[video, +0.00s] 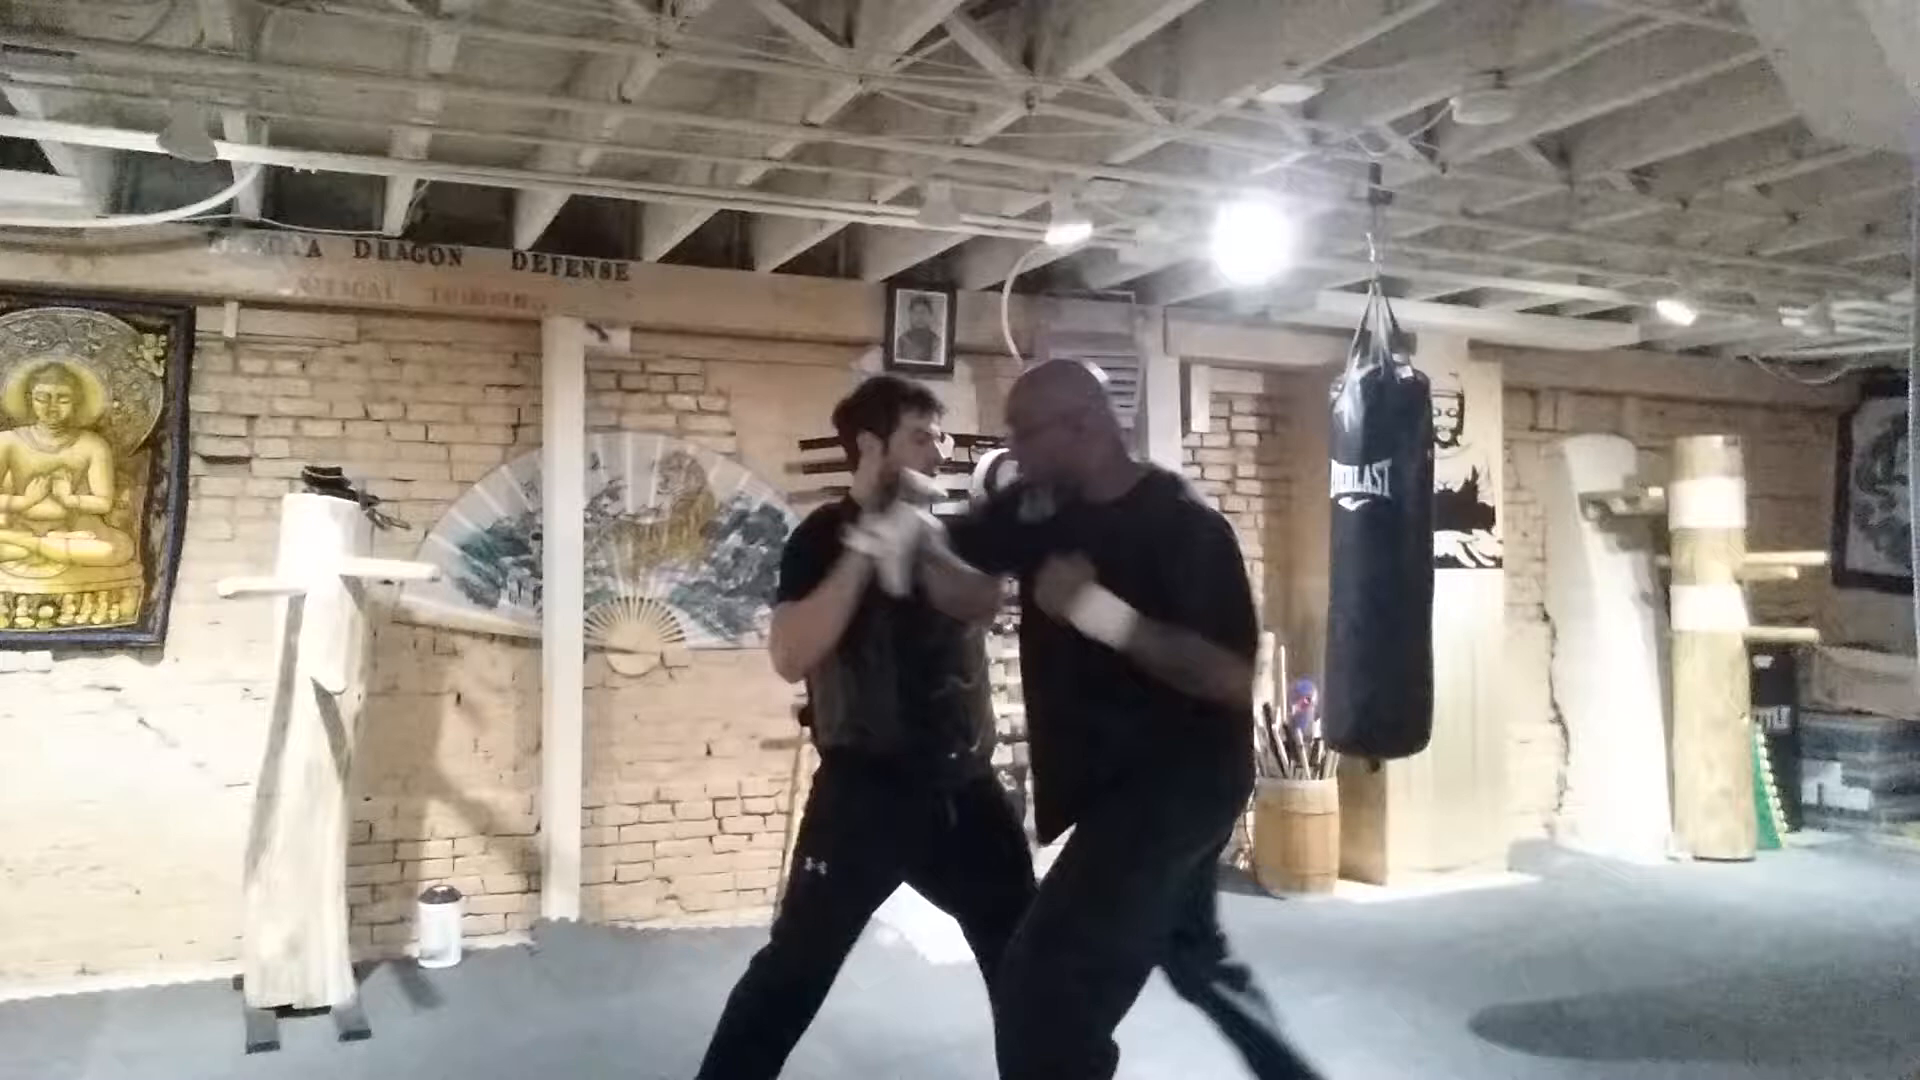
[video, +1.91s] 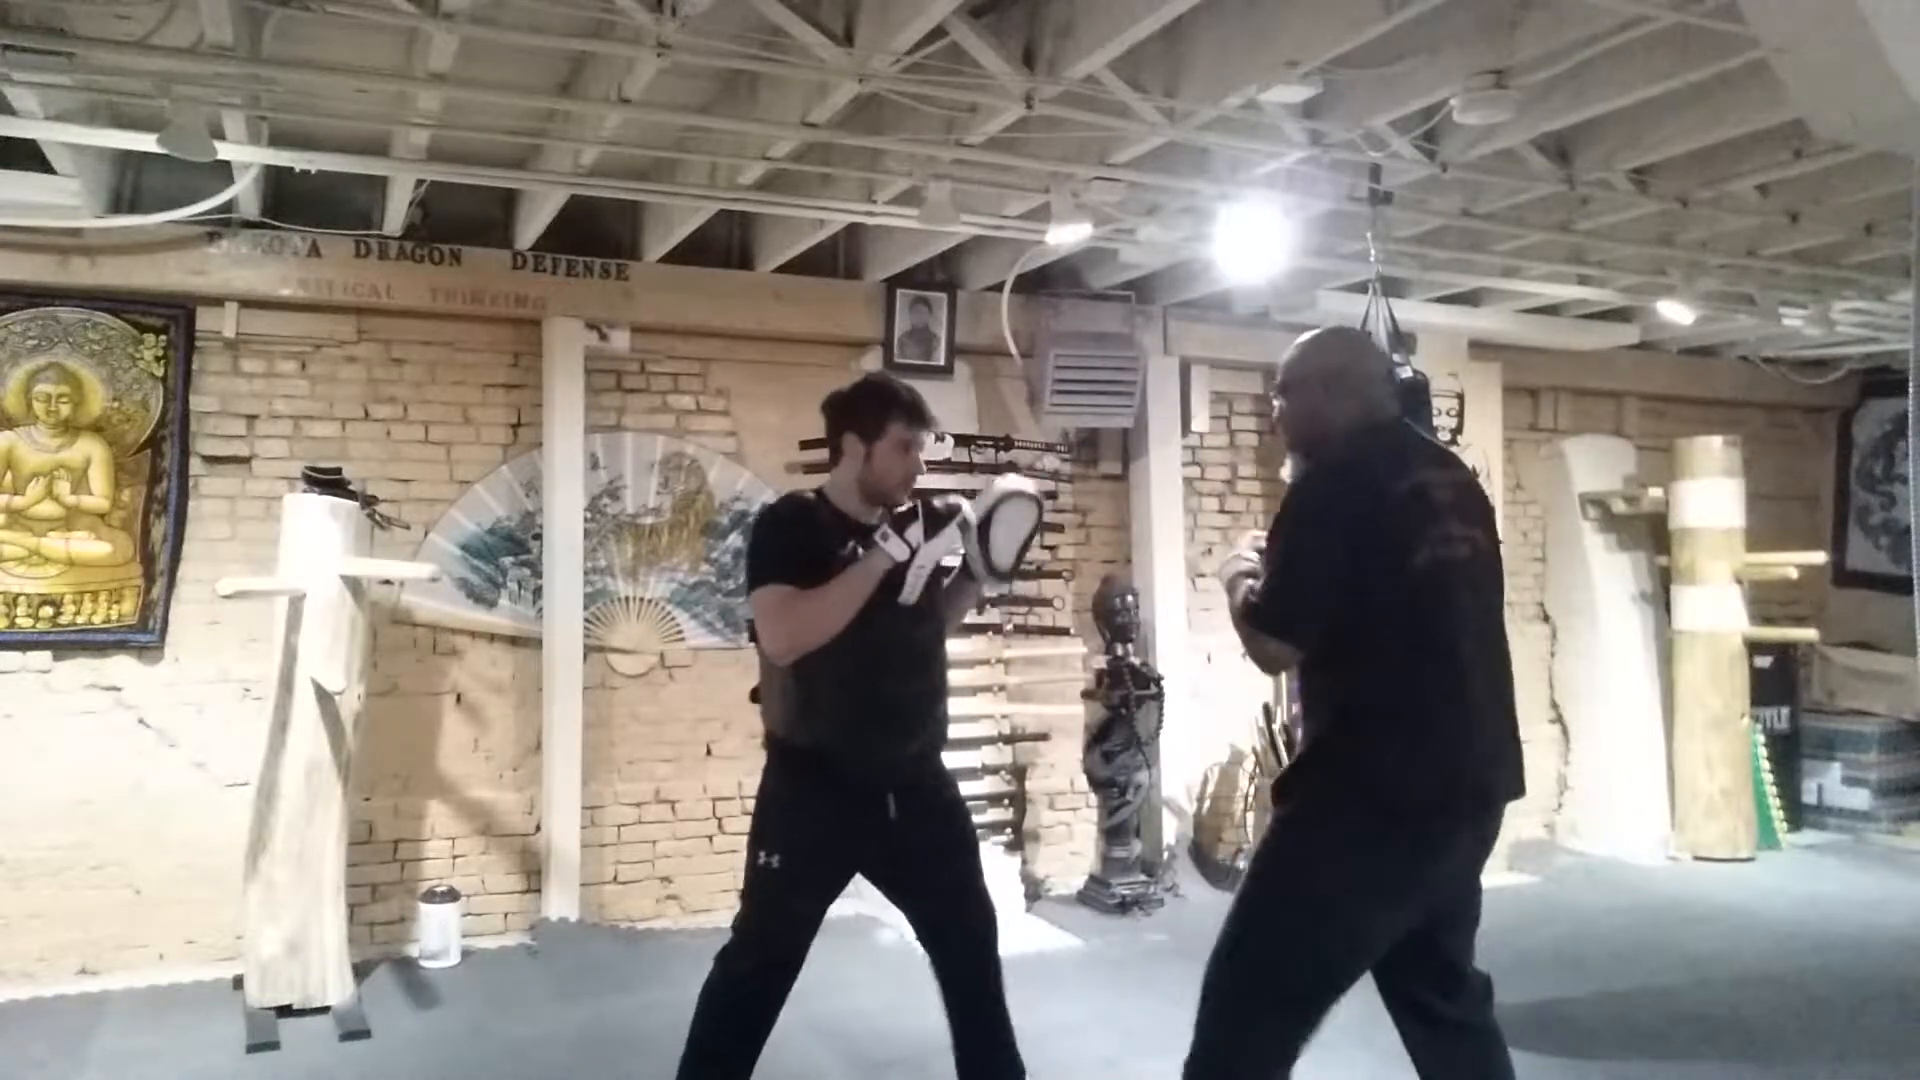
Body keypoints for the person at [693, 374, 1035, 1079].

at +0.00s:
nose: (937, 454)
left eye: (938, 440)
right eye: (923, 438)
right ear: (870, 443)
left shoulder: (952, 526)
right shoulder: (826, 534)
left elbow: (987, 603)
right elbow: (790, 657)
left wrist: (922, 545)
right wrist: (859, 557)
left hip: (965, 787)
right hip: (862, 793)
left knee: (1031, 975)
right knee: (792, 977)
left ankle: (1051, 1079)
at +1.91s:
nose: (919, 464)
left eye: (920, 449)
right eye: (907, 447)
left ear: (892, 449)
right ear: (855, 445)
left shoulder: (919, 528)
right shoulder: (786, 524)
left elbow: (936, 618)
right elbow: (780, 635)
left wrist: (978, 564)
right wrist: (883, 558)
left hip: (914, 788)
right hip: (811, 790)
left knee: (971, 955)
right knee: (759, 966)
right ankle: (703, 1079)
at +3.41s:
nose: (941, 473)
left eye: (943, 458)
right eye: (926, 458)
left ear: (942, 461)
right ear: (870, 462)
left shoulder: (955, 541)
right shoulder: (812, 548)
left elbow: (997, 641)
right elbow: (753, 652)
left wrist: (1015, 556)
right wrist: (809, 550)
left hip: (959, 796)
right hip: (851, 800)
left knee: (1016, 962)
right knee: (791, 972)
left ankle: (1035, 1077)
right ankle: (737, 1079)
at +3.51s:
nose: (944, 480)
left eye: (948, 464)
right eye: (931, 463)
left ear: (945, 463)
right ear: (877, 462)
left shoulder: (952, 539)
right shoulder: (815, 545)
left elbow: (977, 645)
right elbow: (753, 652)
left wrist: (1016, 562)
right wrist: (808, 551)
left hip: (954, 794)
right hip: (848, 797)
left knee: (1013, 946)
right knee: (786, 966)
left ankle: (1035, 1077)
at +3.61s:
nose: (944, 478)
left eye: (947, 463)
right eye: (929, 461)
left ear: (945, 463)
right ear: (876, 462)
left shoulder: (952, 538)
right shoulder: (817, 545)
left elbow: (978, 647)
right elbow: (751, 653)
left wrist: (1015, 561)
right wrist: (801, 551)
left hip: (954, 795)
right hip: (847, 797)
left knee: (1015, 954)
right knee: (785, 970)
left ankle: (1034, 1077)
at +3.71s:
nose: (937, 475)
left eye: (941, 460)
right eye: (921, 458)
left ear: (941, 462)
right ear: (867, 460)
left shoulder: (947, 543)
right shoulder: (810, 548)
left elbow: (983, 644)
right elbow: (752, 660)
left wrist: (1011, 564)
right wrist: (796, 552)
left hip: (950, 795)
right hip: (841, 801)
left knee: (1014, 961)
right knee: (783, 971)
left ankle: (1033, 1079)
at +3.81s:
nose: (917, 471)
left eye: (920, 457)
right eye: (899, 456)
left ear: (923, 462)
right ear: (849, 463)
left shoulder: (937, 545)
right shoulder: (796, 550)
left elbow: (970, 642)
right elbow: (739, 666)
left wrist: (1000, 568)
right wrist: (790, 560)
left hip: (943, 798)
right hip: (835, 802)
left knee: (1007, 955)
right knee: (781, 975)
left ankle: (1032, 1076)